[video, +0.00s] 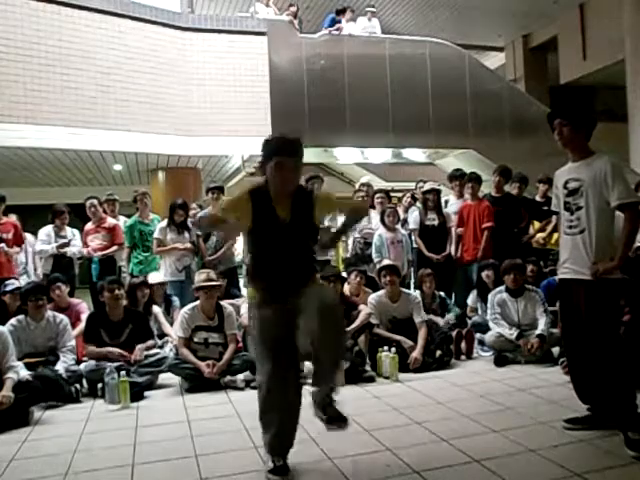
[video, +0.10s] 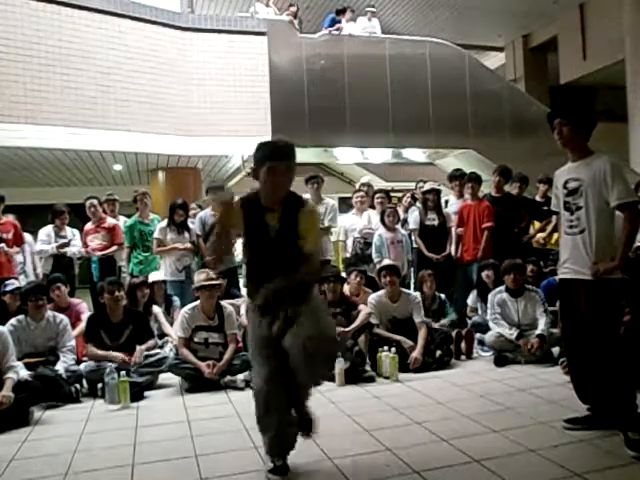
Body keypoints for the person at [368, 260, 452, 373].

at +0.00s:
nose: (389, 279)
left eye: (392, 275)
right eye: (385, 276)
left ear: (399, 277)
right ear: (380, 281)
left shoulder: (413, 299)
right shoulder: (374, 300)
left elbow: (422, 326)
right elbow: (375, 329)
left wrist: (418, 351)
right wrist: (401, 339)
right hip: (387, 337)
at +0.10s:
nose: (389, 279)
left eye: (392, 275)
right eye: (385, 276)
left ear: (399, 277)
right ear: (380, 281)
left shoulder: (413, 298)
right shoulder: (374, 300)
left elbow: (422, 327)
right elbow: (375, 328)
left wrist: (418, 351)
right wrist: (401, 339)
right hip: (387, 337)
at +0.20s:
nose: (389, 280)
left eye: (392, 275)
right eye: (384, 276)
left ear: (399, 277)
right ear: (380, 281)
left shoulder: (413, 298)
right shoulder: (374, 300)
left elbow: (422, 327)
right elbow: (374, 328)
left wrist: (418, 351)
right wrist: (401, 339)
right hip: (387, 338)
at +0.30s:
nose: (389, 280)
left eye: (392, 276)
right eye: (385, 276)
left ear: (399, 278)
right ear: (380, 281)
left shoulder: (414, 298)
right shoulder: (374, 299)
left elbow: (422, 326)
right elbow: (374, 328)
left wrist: (418, 351)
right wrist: (401, 339)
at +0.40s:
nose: (389, 279)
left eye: (392, 275)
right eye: (385, 276)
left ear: (399, 278)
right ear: (380, 280)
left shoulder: (413, 298)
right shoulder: (374, 299)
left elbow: (422, 326)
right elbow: (374, 328)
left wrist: (418, 351)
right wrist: (401, 339)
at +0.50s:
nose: (389, 280)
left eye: (392, 276)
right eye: (385, 277)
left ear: (399, 278)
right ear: (380, 280)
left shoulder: (413, 298)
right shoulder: (374, 299)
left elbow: (422, 326)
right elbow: (374, 328)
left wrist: (418, 351)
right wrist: (401, 339)